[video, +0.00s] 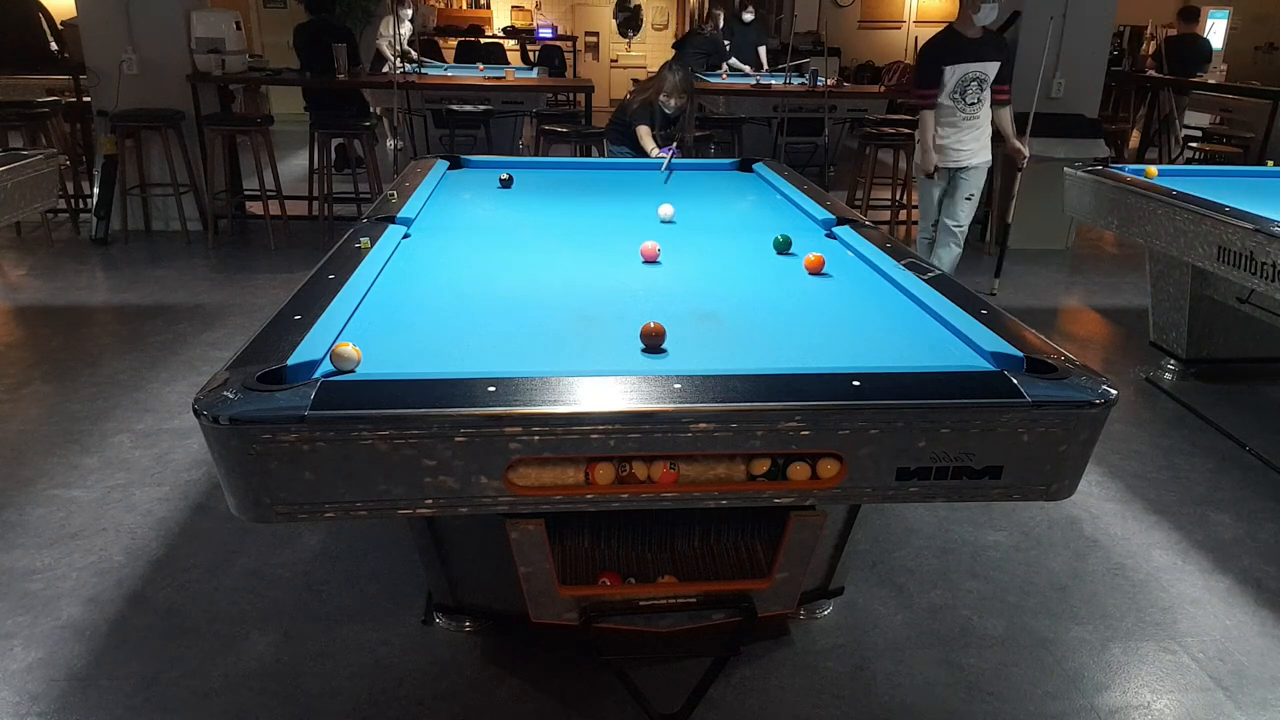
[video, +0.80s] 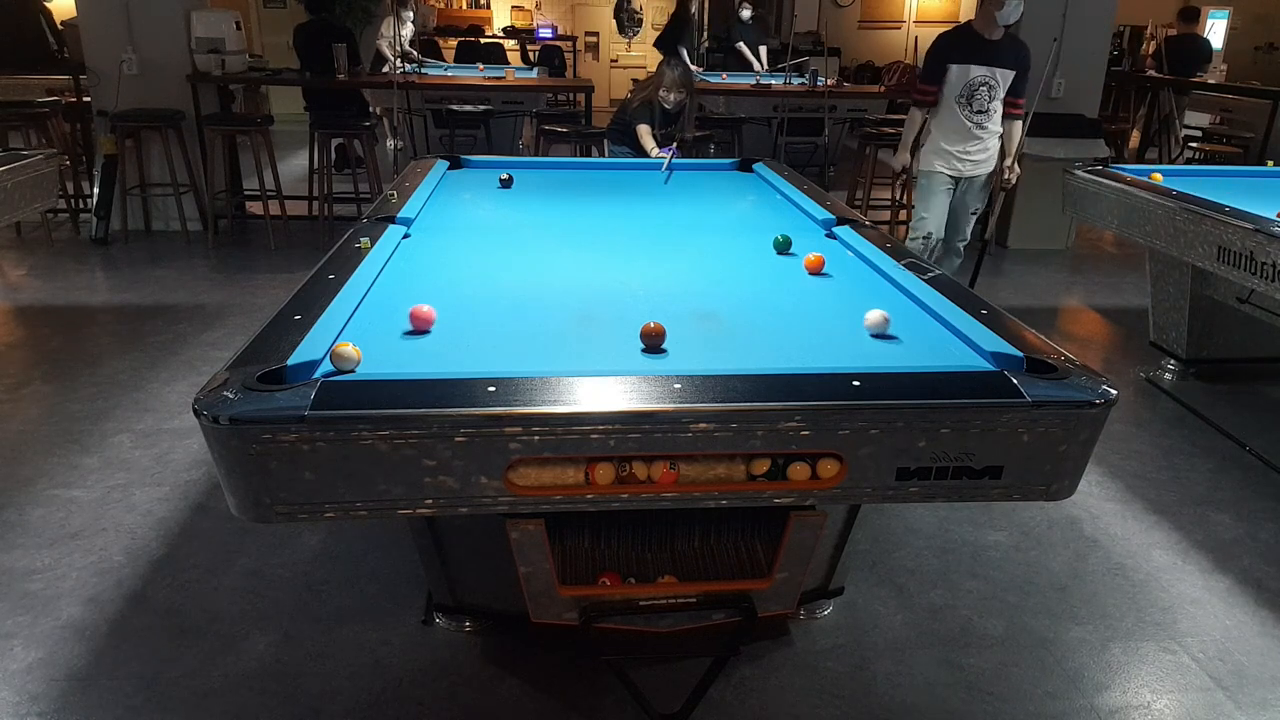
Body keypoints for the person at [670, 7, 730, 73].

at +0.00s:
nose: (723, 22)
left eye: (723, 19)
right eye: (722, 19)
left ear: (708, 19)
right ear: (717, 20)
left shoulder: (694, 31)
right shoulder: (715, 35)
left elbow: (676, 45)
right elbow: (724, 57)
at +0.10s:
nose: (720, 20)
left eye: (720, 17)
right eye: (719, 17)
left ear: (703, 17)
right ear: (714, 18)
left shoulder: (692, 30)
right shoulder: (713, 34)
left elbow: (674, 45)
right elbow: (721, 59)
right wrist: (735, 66)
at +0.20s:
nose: (717, 16)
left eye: (717, 13)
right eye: (716, 13)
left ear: (702, 14)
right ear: (712, 15)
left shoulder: (691, 28)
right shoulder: (709, 31)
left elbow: (673, 44)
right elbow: (712, 59)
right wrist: (723, 67)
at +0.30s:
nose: (714, 14)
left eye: (713, 11)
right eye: (712, 12)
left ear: (699, 12)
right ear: (708, 13)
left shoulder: (690, 24)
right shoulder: (706, 27)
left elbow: (671, 44)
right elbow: (702, 54)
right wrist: (710, 67)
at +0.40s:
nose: (710, 12)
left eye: (709, 9)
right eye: (709, 9)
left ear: (694, 10)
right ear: (704, 11)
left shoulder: (686, 23)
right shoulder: (701, 25)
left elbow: (668, 44)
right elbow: (695, 50)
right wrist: (701, 66)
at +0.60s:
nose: (702, 8)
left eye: (701, 6)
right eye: (700, 5)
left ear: (689, 6)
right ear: (695, 6)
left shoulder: (682, 19)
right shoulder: (692, 21)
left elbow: (664, 43)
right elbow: (685, 45)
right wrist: (692, 63)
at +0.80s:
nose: (695, 7)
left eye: (695, 4)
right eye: (694, 4)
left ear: (680, 5)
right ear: (690, 5)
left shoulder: (675, 18)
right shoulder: (686, 19)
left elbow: (658, 44)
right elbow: (681, 46)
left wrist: (670, 58)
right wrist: (690, 65)